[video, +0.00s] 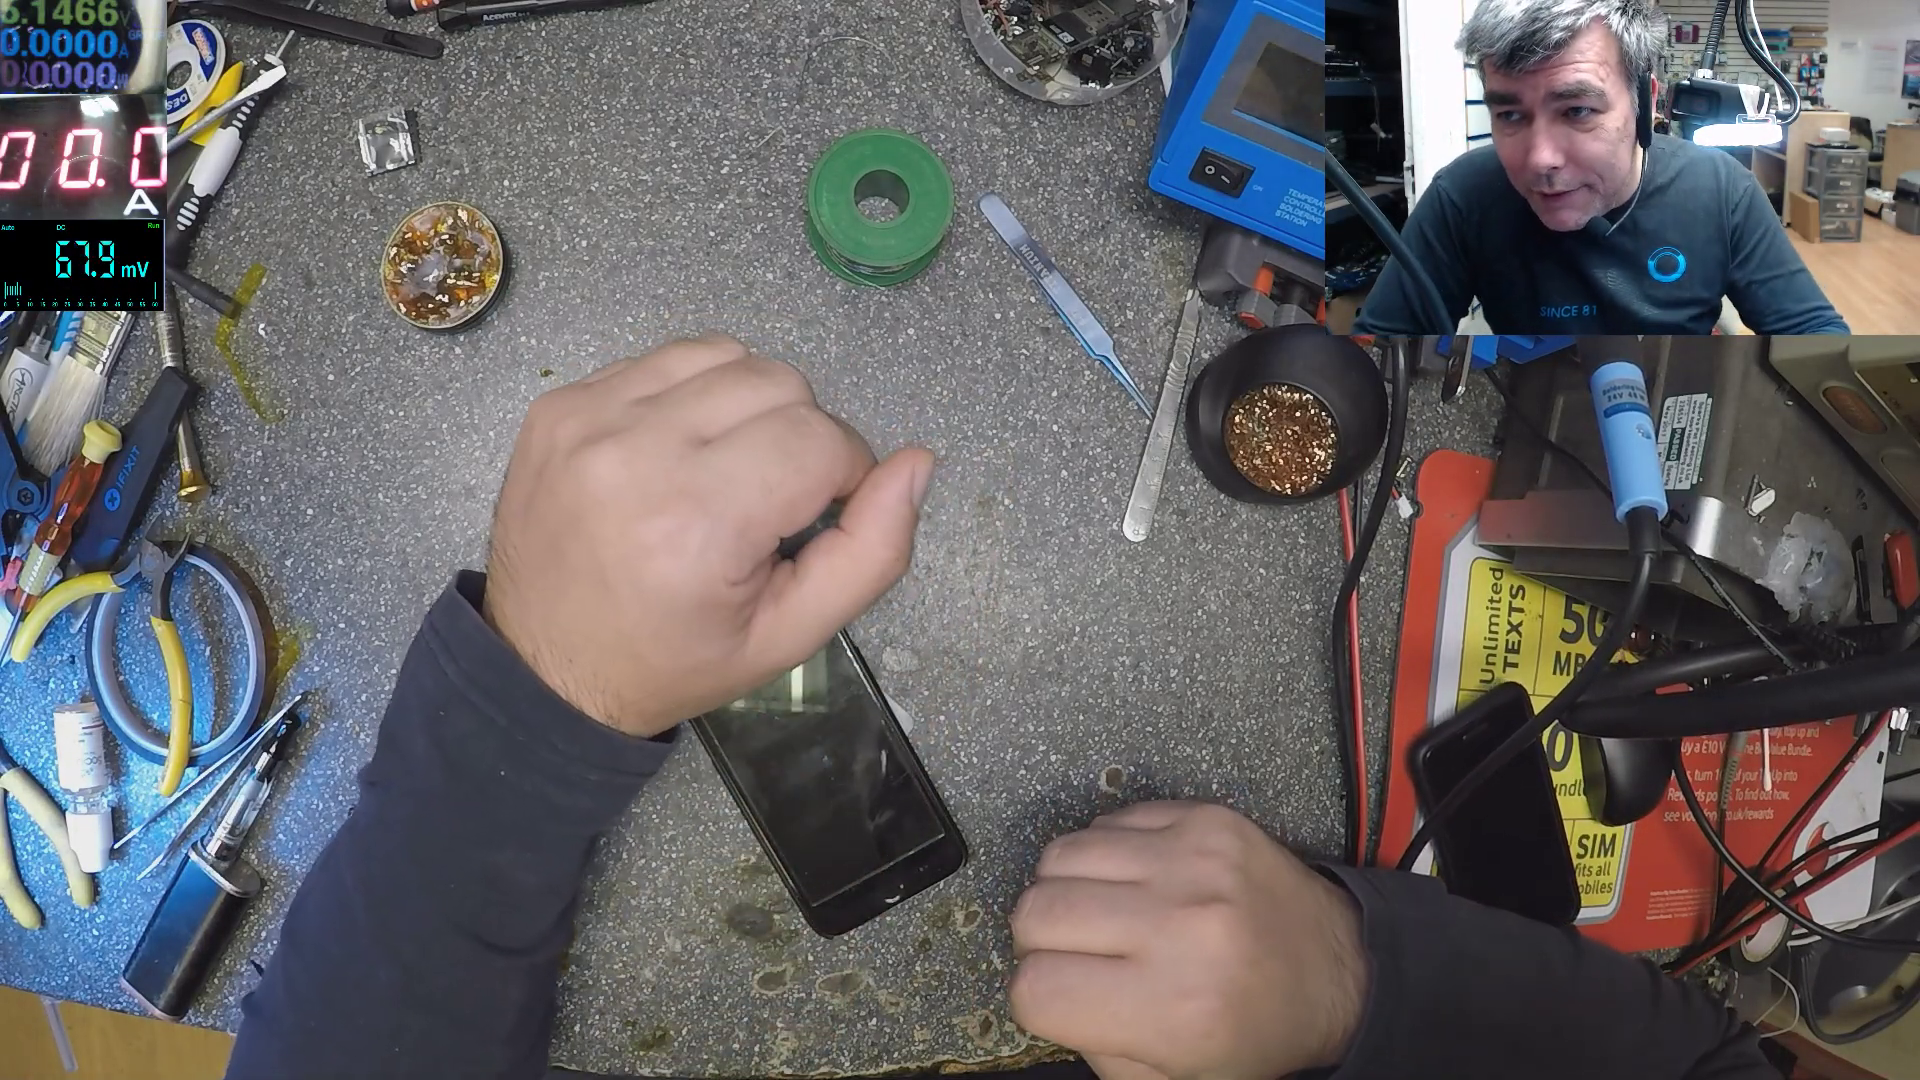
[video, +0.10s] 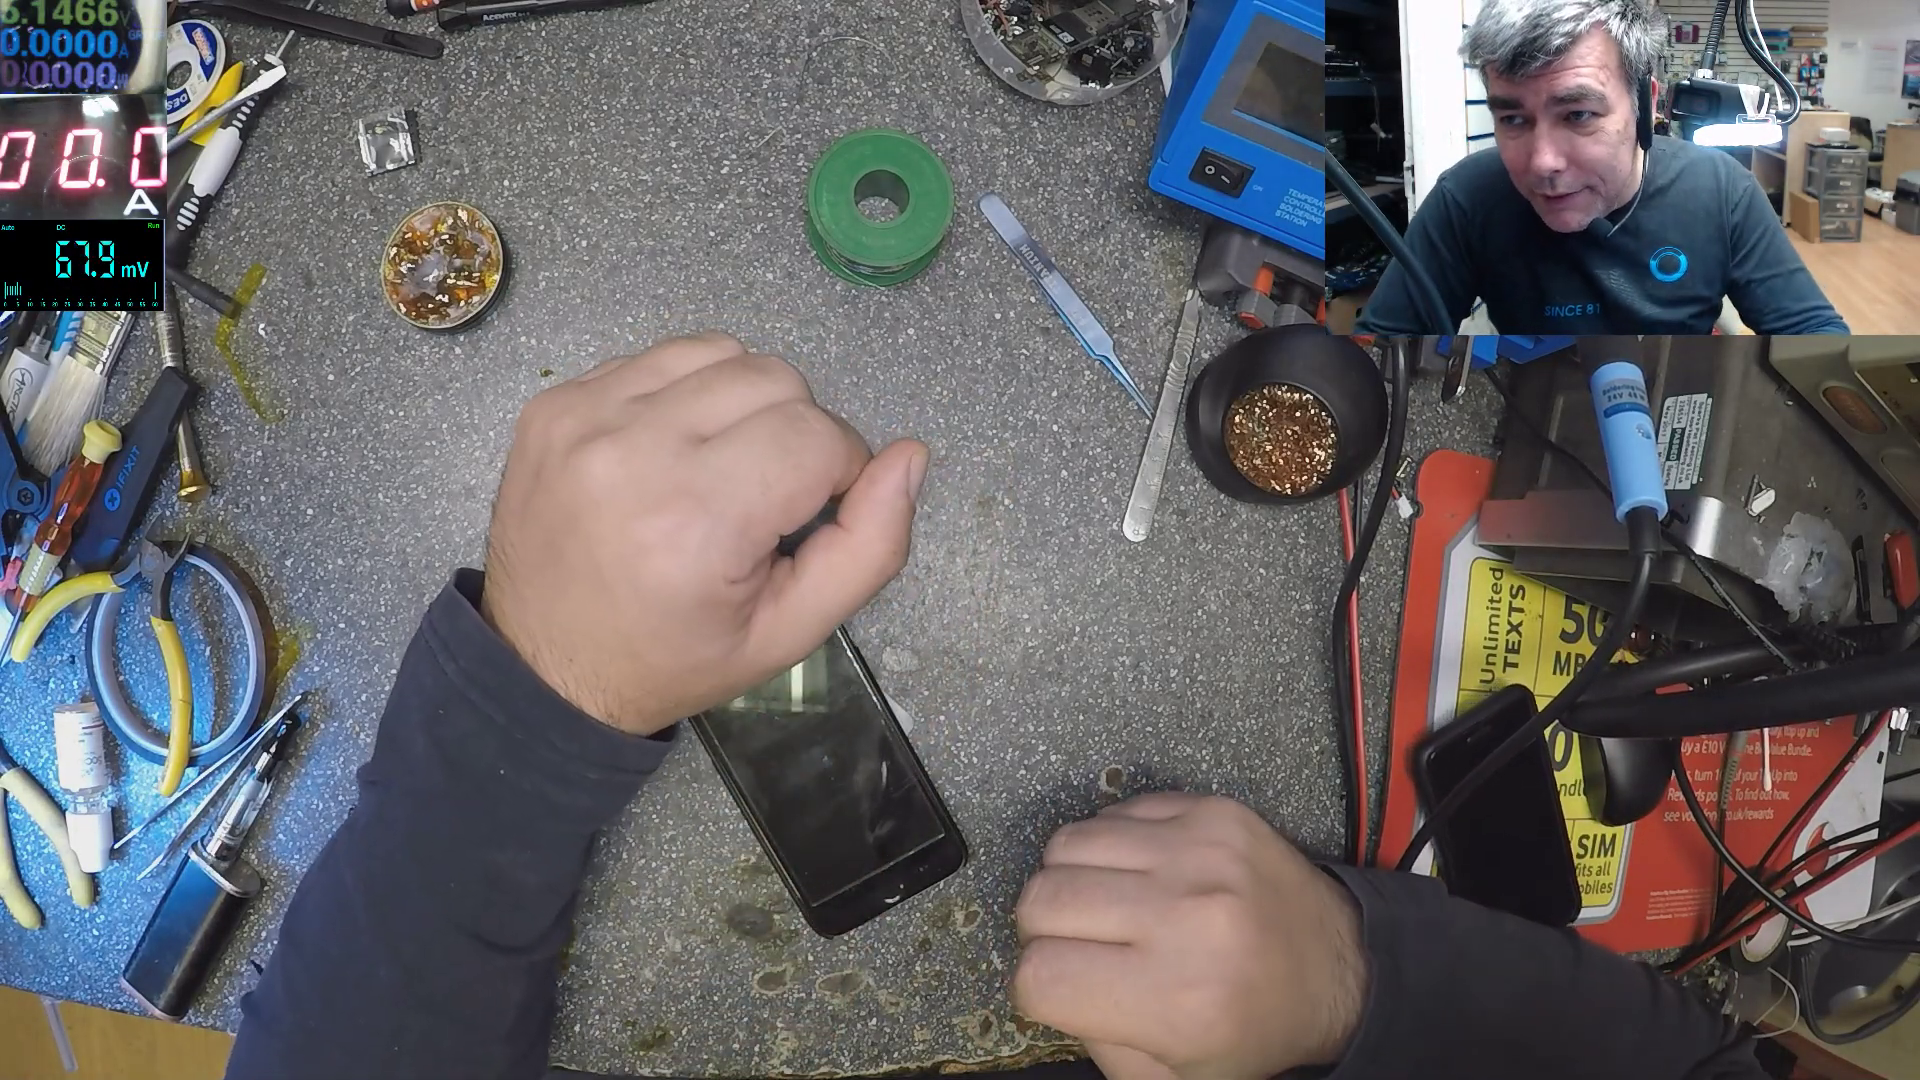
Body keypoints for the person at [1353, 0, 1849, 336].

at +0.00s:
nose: (1541, 159)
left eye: (1577, 112)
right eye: (1511, 116)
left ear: (1645, 103)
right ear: (1489, 113)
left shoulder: (1719, 192)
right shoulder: (1464, 198)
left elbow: (1817, 340)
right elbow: (1380, 349)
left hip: (1685, 431)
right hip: (1530, 433)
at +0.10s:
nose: (1544, 162)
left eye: (1578, 115)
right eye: (1513, 120)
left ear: (1645, 105)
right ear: (1492, 117)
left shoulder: (1719, 192)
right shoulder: (1466, 203)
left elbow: (1817, 340)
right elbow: (1380, 349)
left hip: (1686, 427)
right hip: (1534, 431)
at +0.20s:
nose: (1551, 163)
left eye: (1583, 119)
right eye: (1521, 124)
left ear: (1648, 108)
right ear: (1500, 121)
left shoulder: (1719, 193)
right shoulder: (1473, 204)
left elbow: (1815, 337)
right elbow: (1385, 348)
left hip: (1685, 422)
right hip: (1537, 427)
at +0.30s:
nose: (1564, 160)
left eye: (1596, 117)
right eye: (1535, 121)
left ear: (1655, 108)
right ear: (1512, 113)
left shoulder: (1718, 194)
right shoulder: (1479, 203)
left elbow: (1810, 336)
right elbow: (1389, 345)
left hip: (1682, 421)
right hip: (1538, 424)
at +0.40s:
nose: (1583, 147)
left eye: (1615, 110)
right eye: (1556, 110)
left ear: (1659, 109)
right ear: (1531, 111)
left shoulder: (1717, 196)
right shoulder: (1484, 201)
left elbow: (1801, 330)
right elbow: (1394, 339)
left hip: (1679, 425)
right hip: (1538, 426)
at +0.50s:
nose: (1587, 145)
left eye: (1620, 110)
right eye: (1563, 107)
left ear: (1663, 110)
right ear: (1537, 106)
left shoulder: (1717, 196)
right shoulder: (1488, 201)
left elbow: (1797, 326)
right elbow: (1397, 336)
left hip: (1679, 418)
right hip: (1540, 420)